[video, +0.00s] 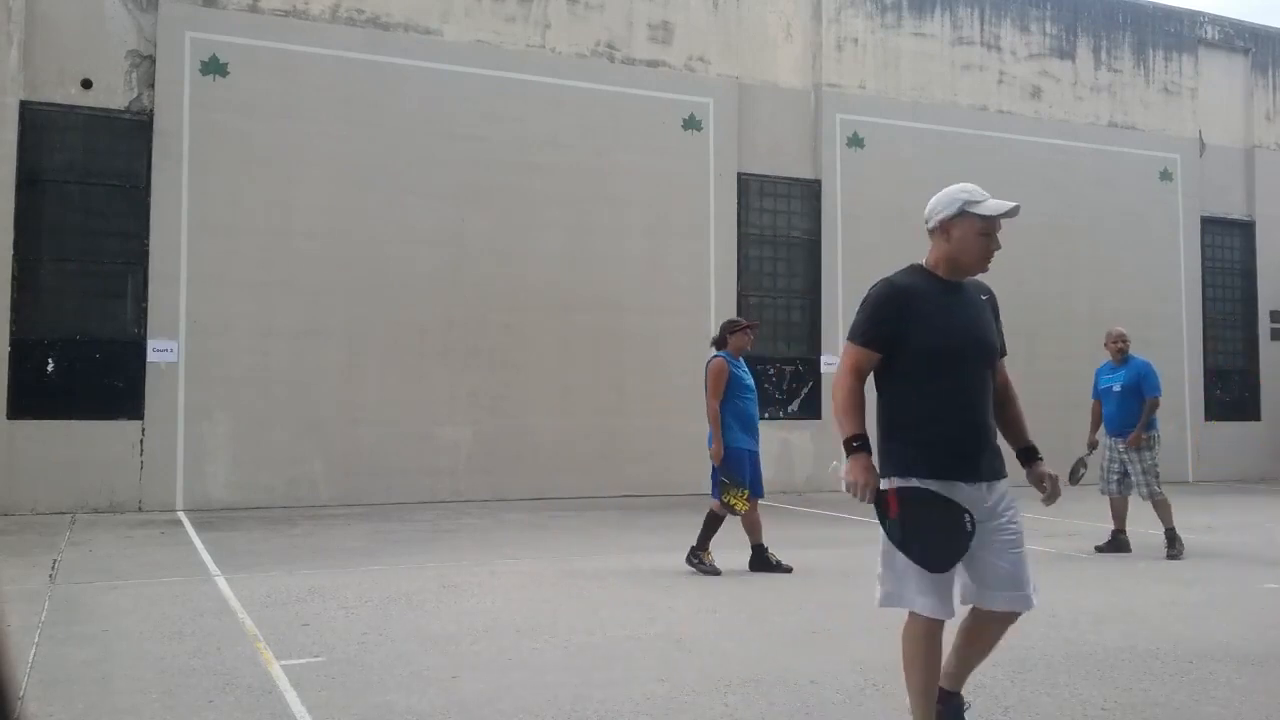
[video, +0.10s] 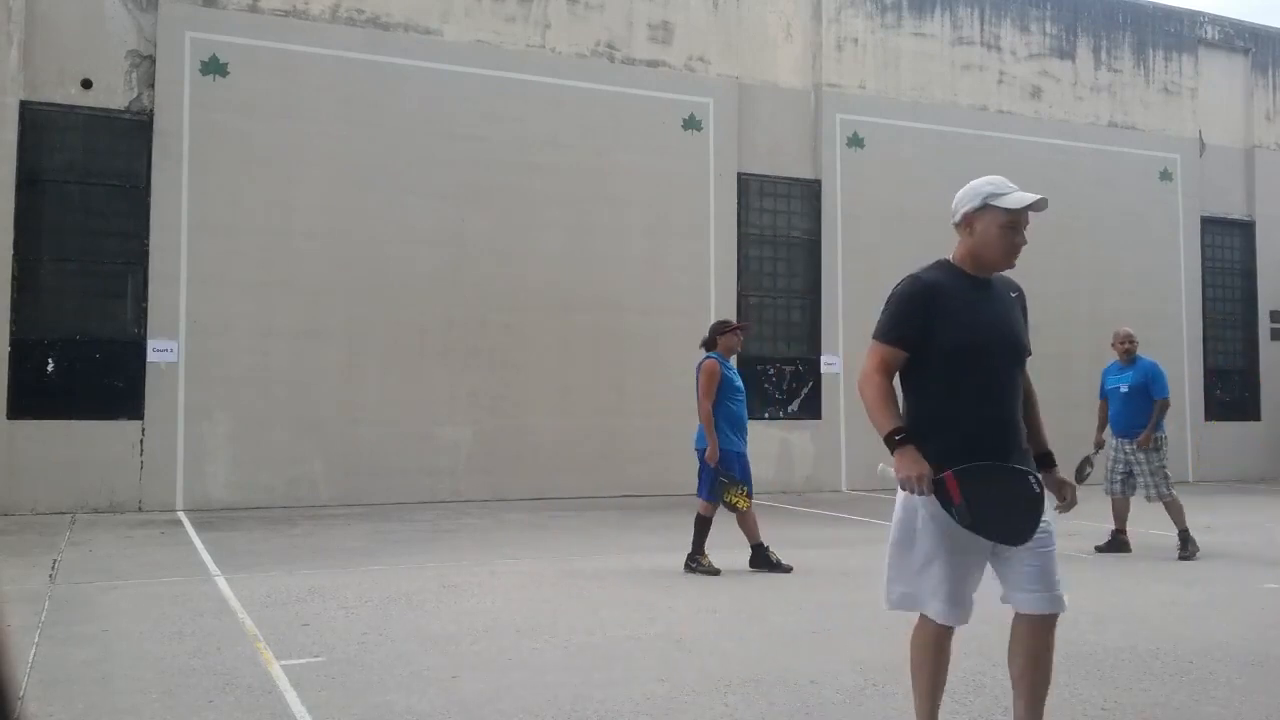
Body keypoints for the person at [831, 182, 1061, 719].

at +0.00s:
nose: (999, 239)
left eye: (998, 228)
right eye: (988, 227)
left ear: (964, 234)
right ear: (946, 230)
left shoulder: (983, 298)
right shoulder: (893, 294)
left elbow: (998, 383)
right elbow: (850, 374)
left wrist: (1030, 457)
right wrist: (856, 451)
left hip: (987, 483)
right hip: (919, 484)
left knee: (1005, 598)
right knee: (929, 607)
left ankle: (946, 692)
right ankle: (923, 715)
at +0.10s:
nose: (1024, 235)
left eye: (1024, 224)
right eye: (1012, 224)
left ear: (1009, 231)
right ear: (968, 224)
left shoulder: (1011, 294)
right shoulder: (920, 290)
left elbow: (1018, 382)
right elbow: (873, 375)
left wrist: (1046, 464)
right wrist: (900, 445)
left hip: (1012, 485)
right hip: (941, 486)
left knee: (1040, 608)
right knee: (939, 614)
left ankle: (1029, 717)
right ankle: (925, 717)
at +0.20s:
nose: (1058, 232)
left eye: (1059, 221)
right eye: (1045, 220)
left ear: (1054, 228)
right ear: (1001, 222)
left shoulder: (1046, 295)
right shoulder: (953, 292)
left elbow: (1046, 388)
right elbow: (905, 378)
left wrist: (1064, 465)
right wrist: (942, 446)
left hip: (1040, 494)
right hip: (971, 495)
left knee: (1067, 627)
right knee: (952, 620)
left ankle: (1093, 719)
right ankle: (928, 716)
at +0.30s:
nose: (1098, 229)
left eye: (1101, 219)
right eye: (1085, 217)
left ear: (1101, 224)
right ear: (1039, 219)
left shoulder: (1087, 297)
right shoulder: (991, 294)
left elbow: (1083, 395)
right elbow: (941, 382)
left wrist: (1103, 471)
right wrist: (975, 454)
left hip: (1084, 502)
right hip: (1010, 502)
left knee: (1112, 637)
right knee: (982, 629)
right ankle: (940, 715)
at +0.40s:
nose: (1142, 224)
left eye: (1144, 214)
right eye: (1128, 212)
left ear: (1145, 217)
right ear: (1080, 211)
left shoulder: (1129, 291)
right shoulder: (1027, 287)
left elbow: (1136, 397)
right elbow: (976, 378)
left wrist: (1161, 480)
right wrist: (1000, 459)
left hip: (1132, 501)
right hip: (1052, 505)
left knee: (1151, 645)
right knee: (1042, 652)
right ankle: (982, 711)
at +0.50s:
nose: (1184, 215)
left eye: (1187, 204)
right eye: (1172, 201)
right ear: (1120, 198)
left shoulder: (1165, 285)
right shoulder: (1059, 277)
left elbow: (1184, 392)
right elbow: (1005, 373)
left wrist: (1227, 479)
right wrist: (1016, 467)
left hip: (1173, 502)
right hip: (1094, 501)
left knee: (1169, 653)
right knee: (1113, 654)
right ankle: (1064, 717)